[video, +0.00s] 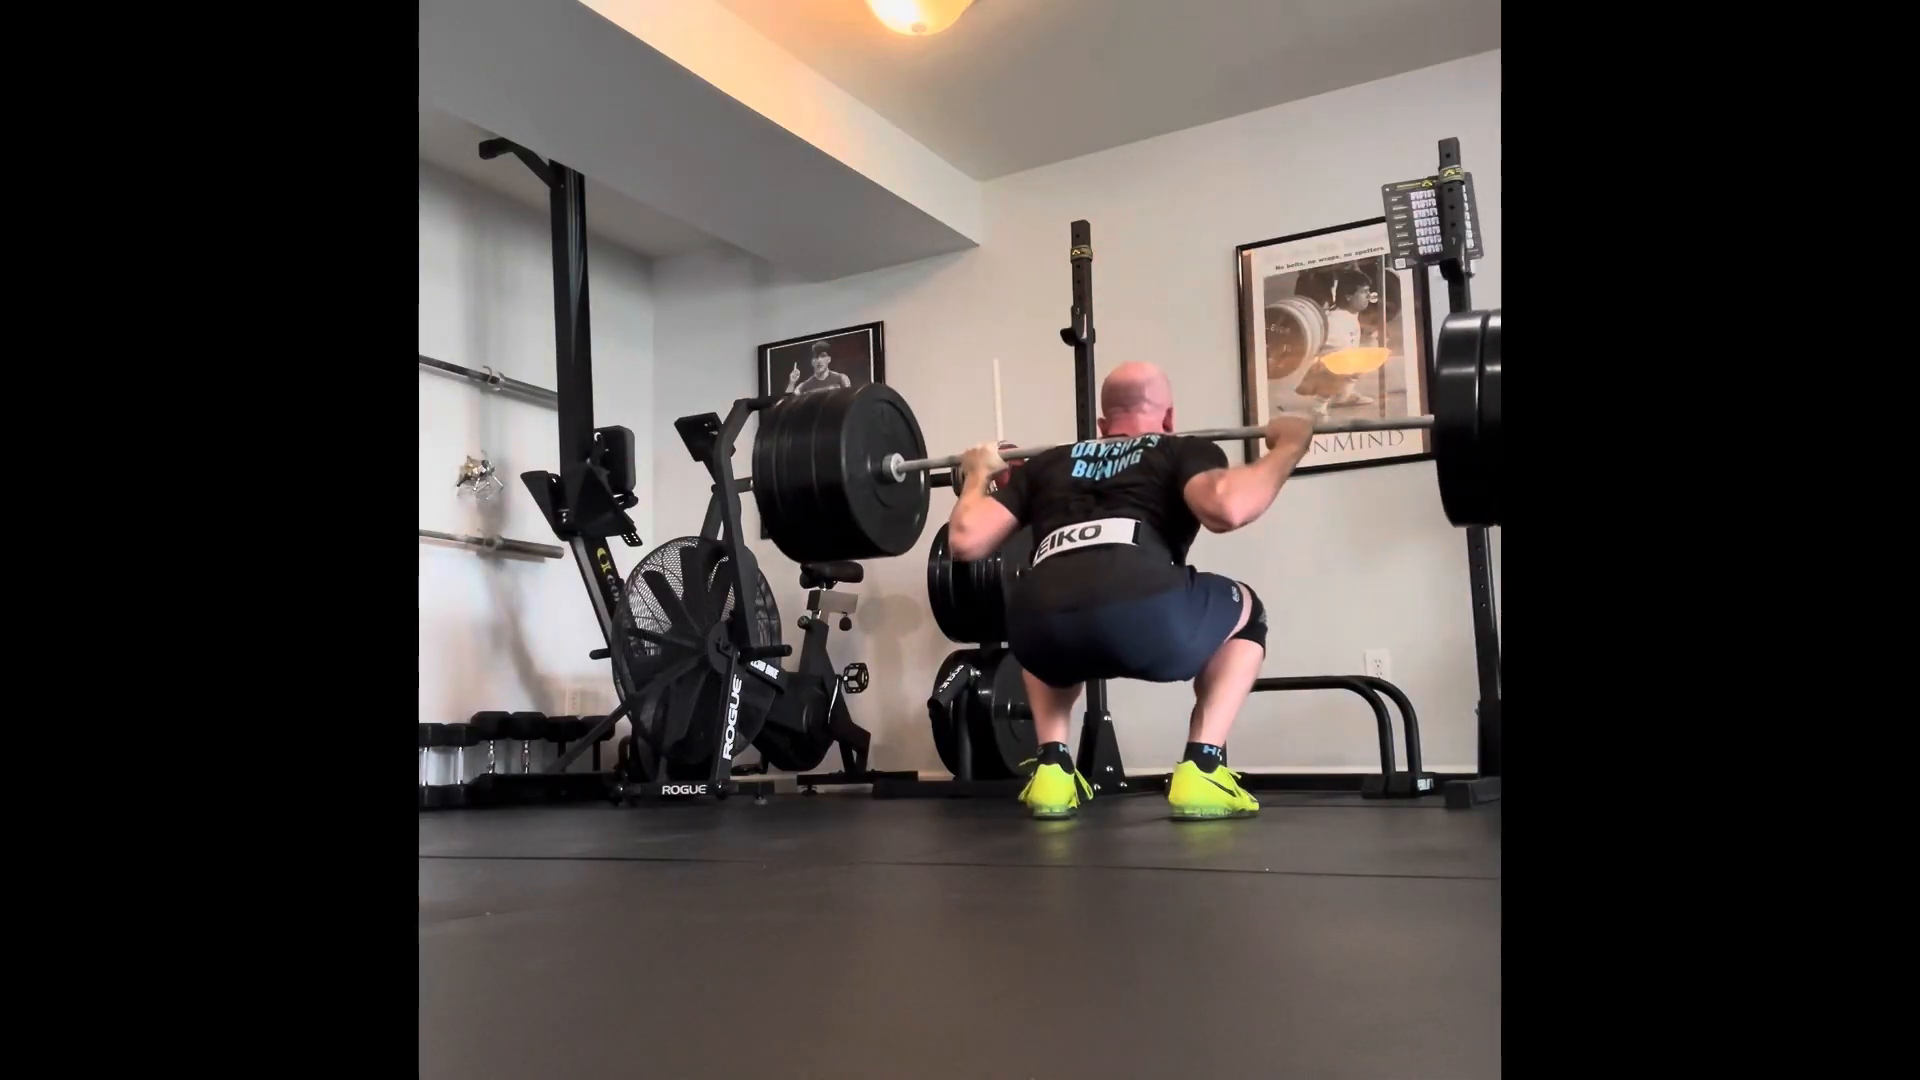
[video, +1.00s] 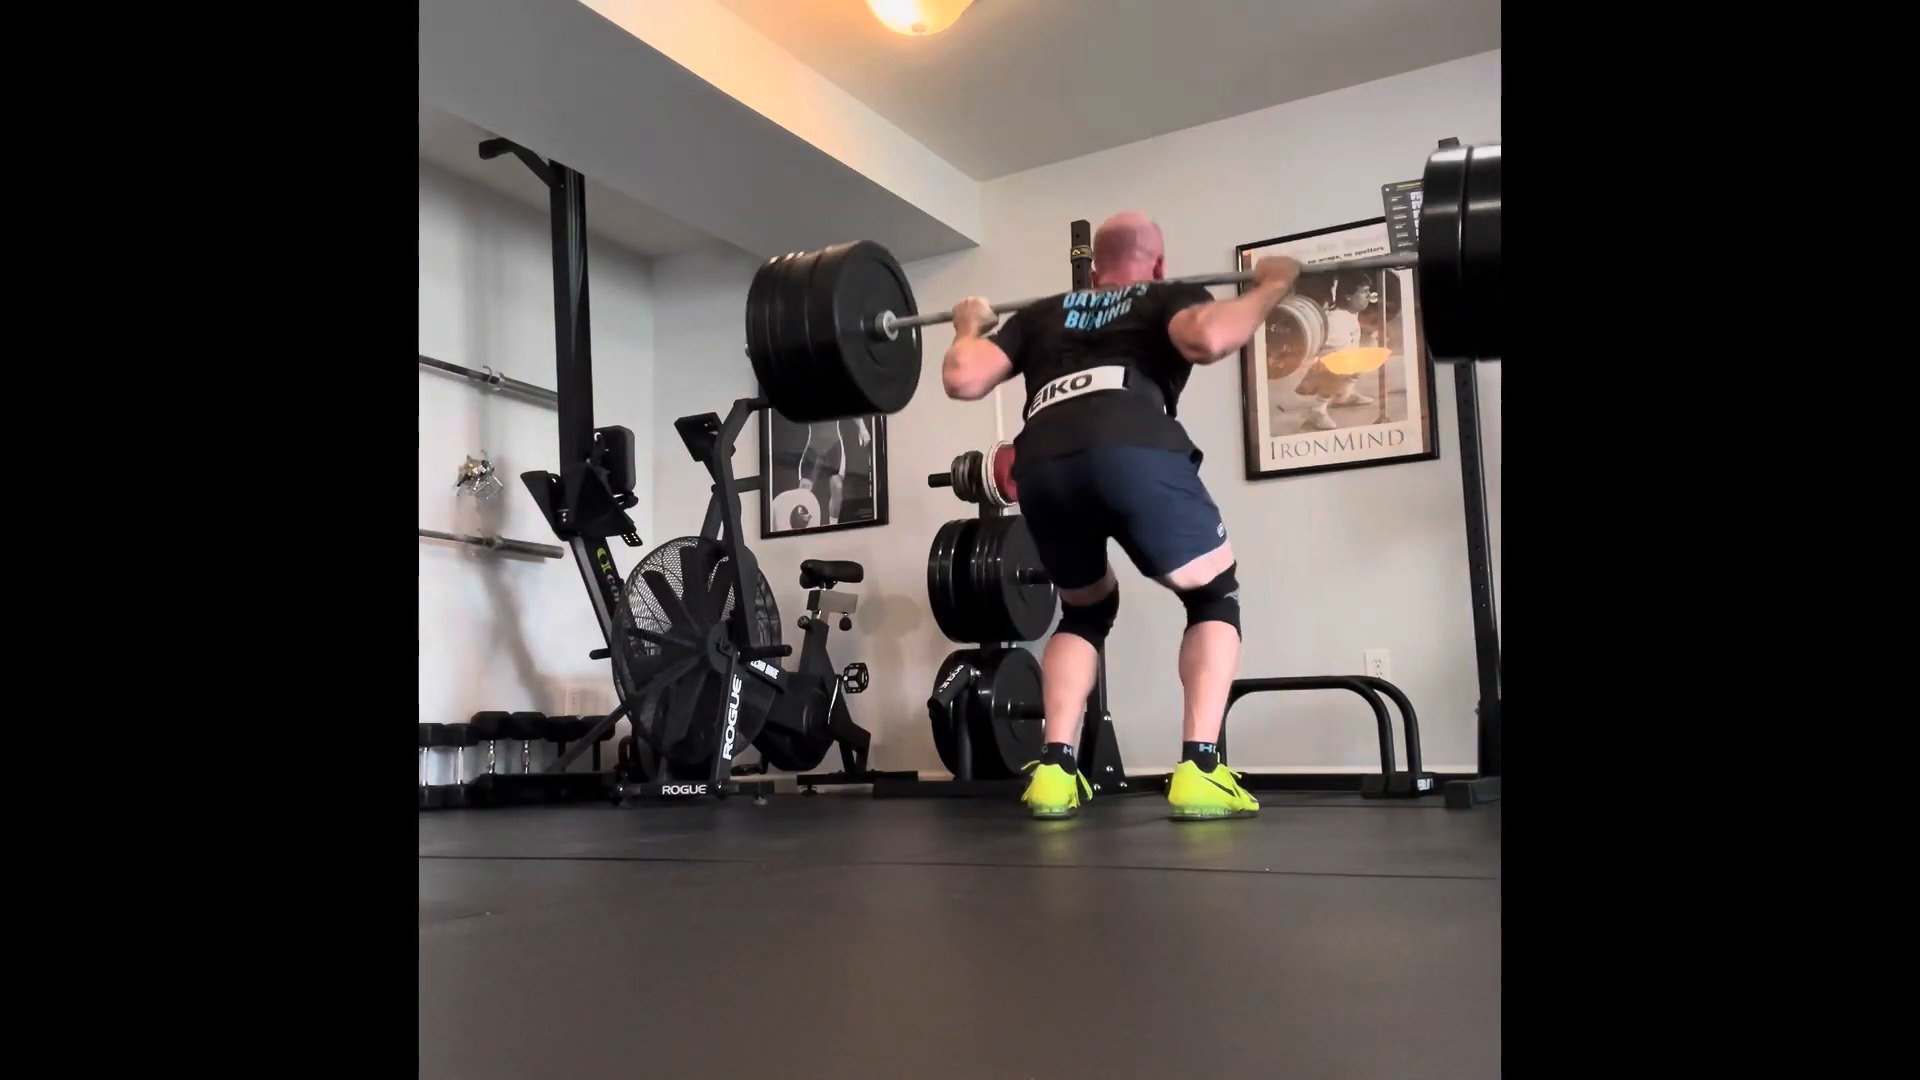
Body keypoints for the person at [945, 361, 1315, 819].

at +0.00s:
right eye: (1169, 413)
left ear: (1101, 420)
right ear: (1168, 419)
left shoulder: (1047, 463)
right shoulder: (1181, 450)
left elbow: (965, 539)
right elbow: (1227, 507)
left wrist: (975, 474)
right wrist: (1289, 447)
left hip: (1042, 615)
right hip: (1143, 604)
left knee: (1042, 637)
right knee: (1247, 614)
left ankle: (1052, 767)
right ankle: (1203, 767)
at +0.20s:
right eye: (1170, 427)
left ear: (1103, 432)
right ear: (1169, 432)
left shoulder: (1047, 474)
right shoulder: (1182, 462)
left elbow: (966, 550)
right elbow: (1229, 520)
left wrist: (977, 488)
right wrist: (1290, 459)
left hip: (1039, 626)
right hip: (1143, 616)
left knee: (1040, 635)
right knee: (1243, 608)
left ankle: (1053, 767)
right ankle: (1202, 767)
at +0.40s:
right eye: (1171, 405)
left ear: (1102, 413)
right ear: (1169, 410)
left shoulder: (1043, 449)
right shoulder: (1179, 436)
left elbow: (965, 527)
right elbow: (1222, 489)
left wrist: (975, 463)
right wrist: (1288, 434)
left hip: (1033, 584)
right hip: (1136, 577)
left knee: (1056, 633)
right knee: (1230, 607)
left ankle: (1054, 768)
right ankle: (1201, 767)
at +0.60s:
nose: (1172, 367)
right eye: (1170, 362)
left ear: (1102, 363)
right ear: (1164, 364)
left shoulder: (1045, 401)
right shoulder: (1172, 388)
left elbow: (961, 465)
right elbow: (1216, 427)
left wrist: (974, 414)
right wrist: (1279, 386)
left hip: (1028, 526)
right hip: (1124, 513)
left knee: (1076, 622)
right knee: (1206, 608)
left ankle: (1054, 770)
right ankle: (1199, 767)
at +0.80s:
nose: (1165, 316)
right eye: (1165, 309)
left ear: (1097, 313)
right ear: (1161, 311)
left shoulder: (1042, 355)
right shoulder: (1168, 340)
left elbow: (962, 424)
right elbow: (1211, 379)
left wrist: (970, 370)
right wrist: (1272, 336)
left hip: (1031, 491)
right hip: (1123, 477)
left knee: (1090, 611)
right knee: (1204, 602)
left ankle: (1055, 769)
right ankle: (1200, 767)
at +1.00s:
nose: (1158, 267)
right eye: (1158, 260)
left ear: (1092, 265)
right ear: (1157, 264)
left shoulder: (1041, 313)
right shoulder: (1168, 294)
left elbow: (960, 380)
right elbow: (1209, 338)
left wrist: (967, 328)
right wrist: (1270, 288)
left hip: (1041, 464)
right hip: (1134, 447)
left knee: (1085, 607)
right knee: (1212, 596)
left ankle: (1056, 765)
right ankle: (1201, 766)